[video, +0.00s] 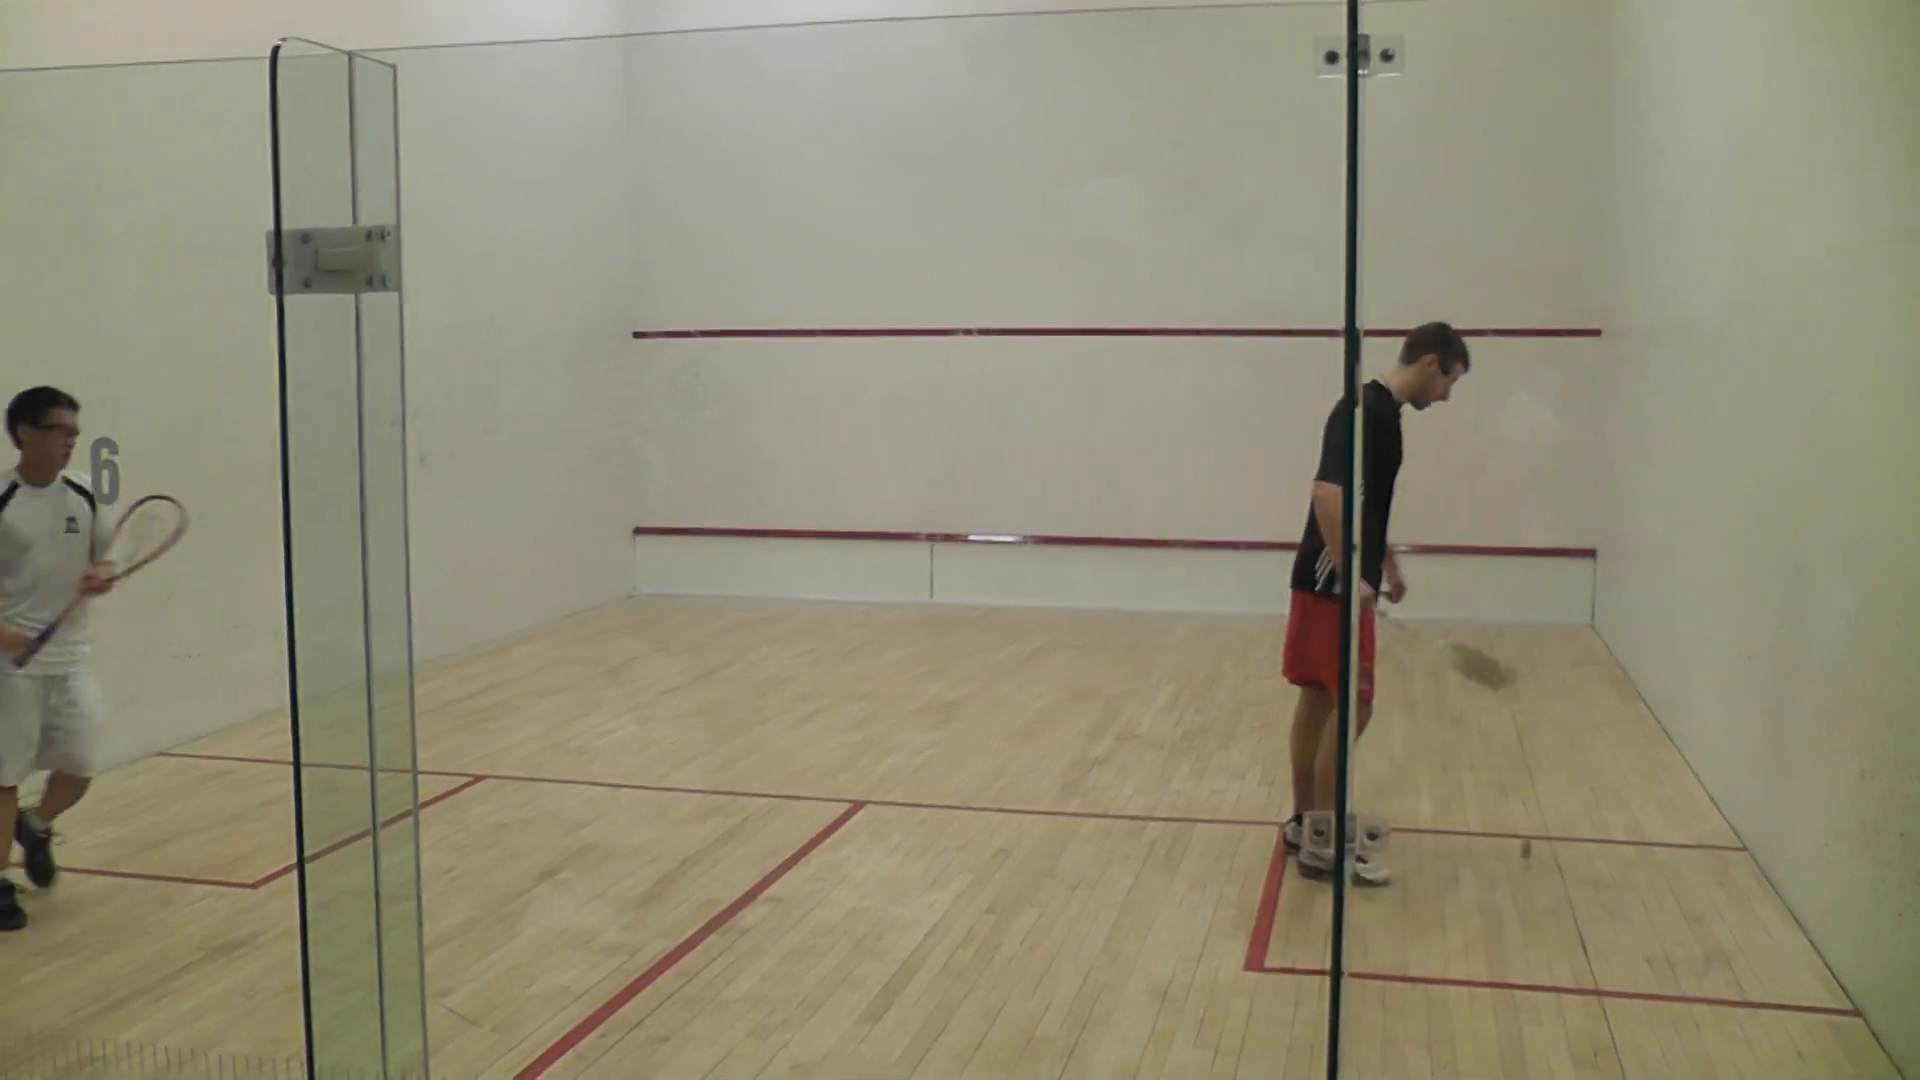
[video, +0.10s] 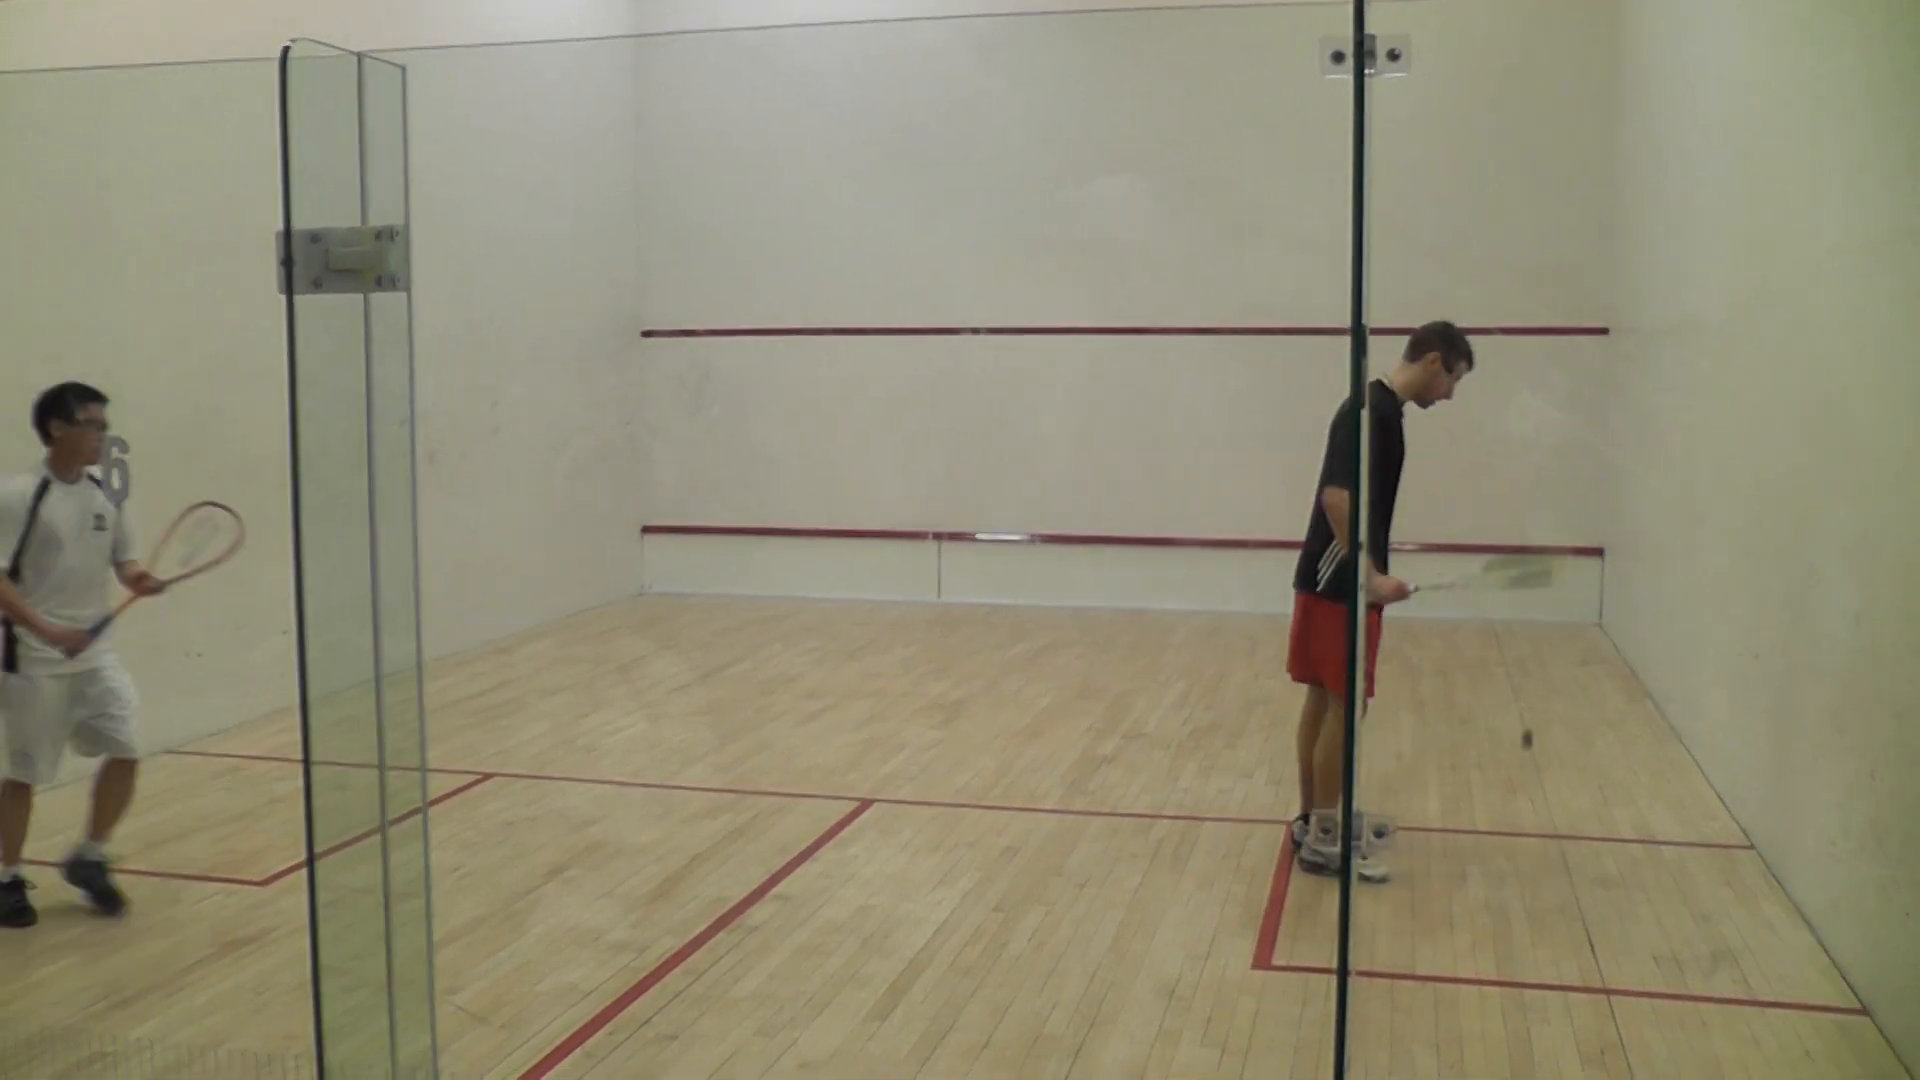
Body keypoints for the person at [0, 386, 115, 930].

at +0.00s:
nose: (70, 442)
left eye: (74, 433)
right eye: (59, 433)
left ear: (74, 438)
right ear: (23, 434)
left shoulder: (83, 500)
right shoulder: (2, 502)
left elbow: (101, 564)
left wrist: (100, 578)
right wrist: (2, 631)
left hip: (68, 660)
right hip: (12, 664)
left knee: (78, 764)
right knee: (7, 778)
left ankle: (35, 826)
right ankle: (1, 878)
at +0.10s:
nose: (101, 437)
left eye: (103, 427)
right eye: (90, 427)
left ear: (101, 432)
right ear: (54, 430)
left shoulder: (105, 496)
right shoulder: (18, 496)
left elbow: (122, 559)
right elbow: (1, 580)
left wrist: (138, 576)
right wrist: (49, 629)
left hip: (93, 651)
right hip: (31, 660)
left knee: (124, 751)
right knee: (20, 773)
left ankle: (91, 855)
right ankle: (9, 875)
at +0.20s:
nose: (141, 445)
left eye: (144, 435)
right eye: (129, 434)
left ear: (144, 439)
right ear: (94, 437)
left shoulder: (144, 507)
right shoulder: (63, 502)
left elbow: (153, 575)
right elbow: (39, 585)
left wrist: (179, 588)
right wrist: (105, 634)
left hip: (126, 664)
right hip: (68, 668)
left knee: (156, 765)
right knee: (46, 776)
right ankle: (26, 878)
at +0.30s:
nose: (186, 444)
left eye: (185, 434)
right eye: (175, 436)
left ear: (170, 444)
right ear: (142, 445)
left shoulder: (182, 508)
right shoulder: (109, 504)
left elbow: (181, 584)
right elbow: (90, 592)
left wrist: (219, 604)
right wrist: (155, 643)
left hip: (163, 670)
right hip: (109, 673)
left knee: (188, 774)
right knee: (83, 779)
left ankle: (205, 887)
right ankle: (41, 869)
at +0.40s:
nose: (223, 440)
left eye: (222, 431)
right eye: (212, 432)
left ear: (197, 440)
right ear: (177, 440)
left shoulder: (213, 501)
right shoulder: (149, 506)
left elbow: (214, 580)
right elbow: (139, 593)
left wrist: (257, 603)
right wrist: (197, 643)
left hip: (203, 661)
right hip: (153, 667)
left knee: (221, 766)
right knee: (149, 785)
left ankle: (216, 883)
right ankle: (78, 842)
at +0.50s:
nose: (251, 432)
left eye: (250, 422)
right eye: (240, 423)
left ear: (220, 431)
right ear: (206, 430)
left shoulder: (230, 491)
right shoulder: (184, 488)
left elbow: (227, 567)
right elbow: (177, 577)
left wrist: (283, 592)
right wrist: (235, 637)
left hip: (216, 643)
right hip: (181, 646)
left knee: (234, 762)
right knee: (212, 768)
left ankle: (224, 879)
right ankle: (137, 845)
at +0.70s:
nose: (301, 434)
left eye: (300, 423)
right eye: (291, 424)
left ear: (255, 432)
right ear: (260, 430)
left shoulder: (228, 480)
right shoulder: (262, 491)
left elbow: (252, 573)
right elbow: (266, 586)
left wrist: (295, 605)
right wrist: (312, 647)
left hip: (208, 652)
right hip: (243, 659)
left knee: (243, 766)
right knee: (283, 775)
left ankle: (235, 877)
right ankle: (299, 905)